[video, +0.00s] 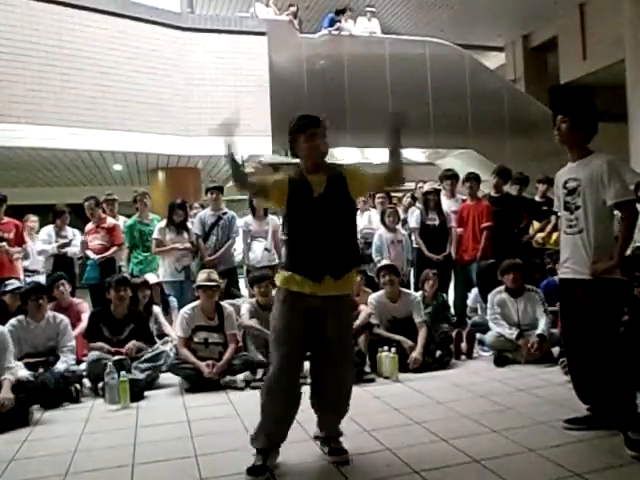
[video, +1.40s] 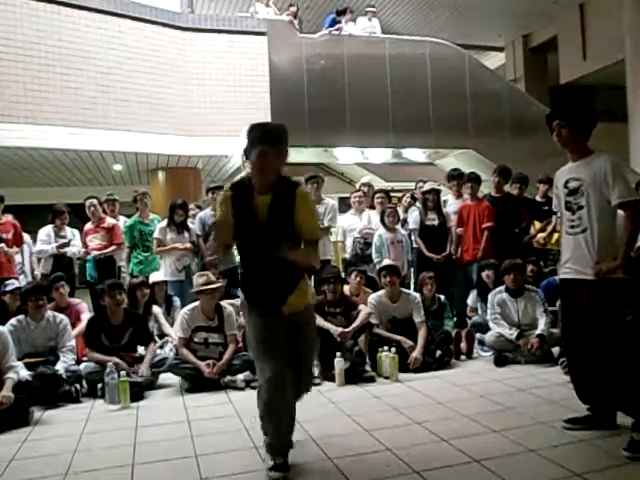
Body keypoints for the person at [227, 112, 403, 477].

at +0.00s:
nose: (317, 142)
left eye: (320, 136)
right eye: (309, 137)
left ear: (328, 141)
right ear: (295, 145)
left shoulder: (348, 178)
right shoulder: (285, 183)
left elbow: (391, 176)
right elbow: (250, 185)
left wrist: (397, 148)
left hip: (339, 291)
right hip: (294, 290)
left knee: (337, 369)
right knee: (281, 372)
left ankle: (329, 432)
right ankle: (266, 450)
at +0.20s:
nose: (323, 141)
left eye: (328, 134)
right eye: (316, 134)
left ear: (335, 138)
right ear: (301, 140)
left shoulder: (349, 178)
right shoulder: (290, 178)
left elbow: (390, 199)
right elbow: (263, 195)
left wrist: (390, 178)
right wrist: (260, 175)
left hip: (339, 283)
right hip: (295, 276)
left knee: (337, 363)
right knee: (258, 320)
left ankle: (329, 432)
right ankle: (281, 400)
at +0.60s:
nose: (314, 143)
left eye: (319, 137)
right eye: (306, 137)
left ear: (328, 140)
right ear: (294, 142)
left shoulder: (343, 175)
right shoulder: (277, 179)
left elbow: (384, 169)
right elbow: (247, 215)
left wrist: (371, 151)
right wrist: (251, 223)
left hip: (328, 282)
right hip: (286, 276)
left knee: (332, 362)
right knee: (262, 313)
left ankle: (328, 432)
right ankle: (282, 388)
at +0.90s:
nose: (294, 144)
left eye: (300, 138)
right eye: (286, 138)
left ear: (308, 140)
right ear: (271, 142)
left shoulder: (322, 174)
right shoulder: (254, 181)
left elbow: (360, 168)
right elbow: (211, 219)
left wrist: (367, 164)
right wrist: (247, 252)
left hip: (315, 283)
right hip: (271, 286)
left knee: (336, 356)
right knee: (281, 371)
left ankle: (328, 417)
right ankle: (278, 450)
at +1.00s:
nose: (287, 177)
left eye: (293, 170)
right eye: (280, 170)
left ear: (301, 171)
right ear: (266, 169)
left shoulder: (311, 200)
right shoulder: (249, 199)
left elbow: (360, 208)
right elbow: (205, 221)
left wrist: (336, 235)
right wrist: (222, 224)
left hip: (306, 292)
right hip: (266, 296)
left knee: (328, 307)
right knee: (275, 374)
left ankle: (324, 397)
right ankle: (277, 451)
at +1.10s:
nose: (280, 180)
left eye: (285, 173)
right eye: (272, 172)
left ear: (293, 175)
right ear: (257, 173)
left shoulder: (305, 212)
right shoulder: (240, 209)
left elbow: (314, 265)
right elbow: (215, 258)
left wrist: (281, 290)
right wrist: (222, 224)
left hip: (301, 297)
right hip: (261, 300)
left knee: (311, 345)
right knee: (265, 378)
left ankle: (299, 399)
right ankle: (276, 450)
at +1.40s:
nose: (269, 164)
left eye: (276, 157)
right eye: (263, 156)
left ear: (284, 159)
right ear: (249, 157)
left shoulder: (299, 197)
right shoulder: (231, 199)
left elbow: (314, 253)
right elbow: (220, 243)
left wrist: (295, 255)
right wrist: (216, 253)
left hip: (296, 297)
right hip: (257, 299)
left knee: (302, 376)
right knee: (272, 375)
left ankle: (277, 415)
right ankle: (277, 450)